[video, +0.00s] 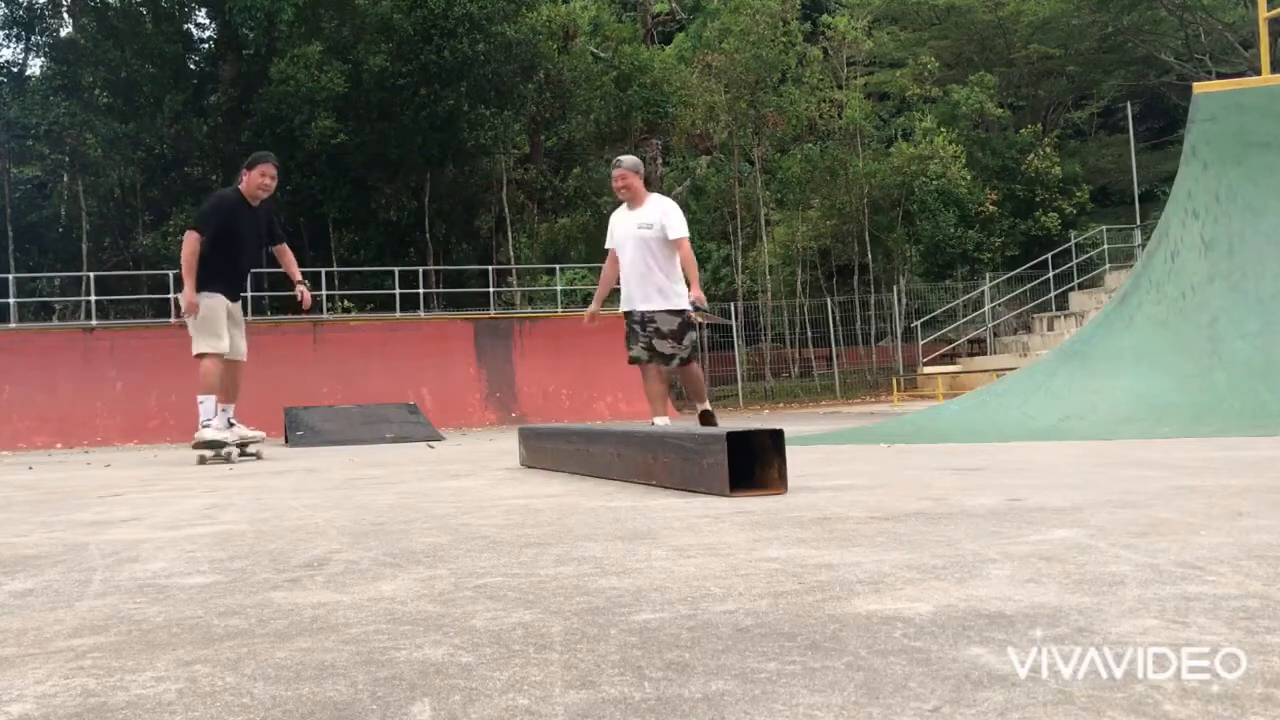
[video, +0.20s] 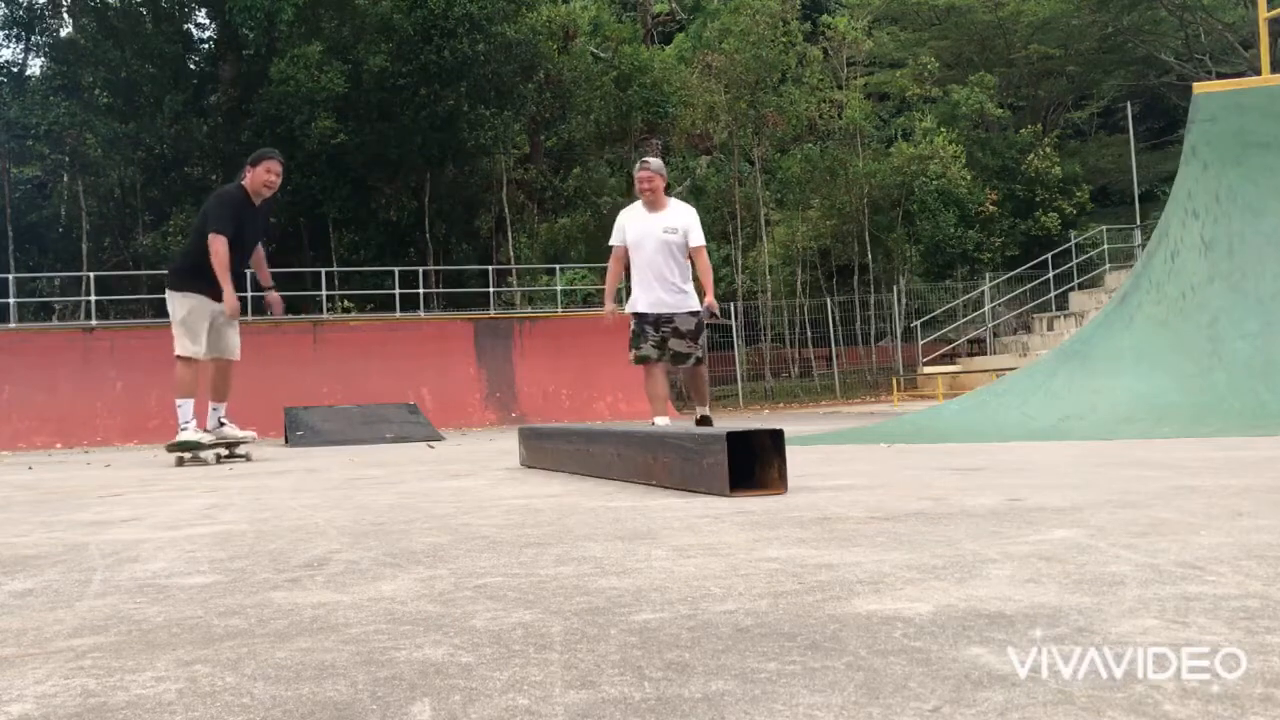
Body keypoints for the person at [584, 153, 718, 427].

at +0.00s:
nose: (618, 184)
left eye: (623, 178)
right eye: (614, 180)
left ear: (639, 177)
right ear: (612, 184)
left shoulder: (665, 207)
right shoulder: (617, 217)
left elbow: (684, 248)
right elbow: (612, 262)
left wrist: (695, 287)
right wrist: (596, 302)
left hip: (670, 303)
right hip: (636, 306)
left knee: (684, 362)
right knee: (648, 365)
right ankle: (660, 423)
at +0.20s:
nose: (645, 186)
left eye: (651, 180)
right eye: (640, 181)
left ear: (664, 181)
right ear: (635, 185)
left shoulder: (685, 213)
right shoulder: (626, 216)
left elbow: (700, 255)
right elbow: (616, 260)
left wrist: (709, 294)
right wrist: (609, 300)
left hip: (683, 304)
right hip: (645, 306)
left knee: (695, 362)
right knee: (652, 364)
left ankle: (703, 413)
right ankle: (660, 422)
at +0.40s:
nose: (671, 191)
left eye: (677, 186)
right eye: (666, 186)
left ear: (687, 188)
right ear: (659, 187)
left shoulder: (704, 219)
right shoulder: (645, 217)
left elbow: (713, 264)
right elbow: (632, 258)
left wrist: (719, 302)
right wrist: (625, 289)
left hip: (693, 308)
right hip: (654, 307)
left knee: (698, 365)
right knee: (655, 362)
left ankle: (704, 420)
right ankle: (661, 423)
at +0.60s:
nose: (687, 190)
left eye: (692, 185)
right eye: (682, 185)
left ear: (702, 188)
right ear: (675, 187)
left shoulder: (716, 221)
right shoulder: (659, 217)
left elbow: (725, 264)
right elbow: (646, 259)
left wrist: (733, 302)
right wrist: (642, 295)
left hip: (703, 307)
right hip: (666, 304)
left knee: (703, 365)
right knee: (661, 361)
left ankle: (704, 419)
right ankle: (660, 419)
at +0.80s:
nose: (694, 190)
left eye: (700, 185)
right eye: (689, 185)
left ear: (709, 188)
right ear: (682, 187)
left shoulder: (722, 222)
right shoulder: (665, 217)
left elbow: (733, 264)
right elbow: (652, 258)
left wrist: (744, 302)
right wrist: (643, 299)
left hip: (707, 305)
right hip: (669, 303)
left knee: (707, 364)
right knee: (665, 360)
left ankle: (705, 420)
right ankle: (667, 418)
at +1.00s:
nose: (692, 190)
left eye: (698, 185)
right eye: (687, 185)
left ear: (707, 189)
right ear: (680, 187)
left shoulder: (721, 222)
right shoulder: (664, 218)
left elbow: (732, 263)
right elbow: (651, 258)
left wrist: (744, 301)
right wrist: (640, 296)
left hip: (708, 306)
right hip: (671, 304)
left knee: (708, 365)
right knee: (669, 364)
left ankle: (706, 419)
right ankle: (672, 419)